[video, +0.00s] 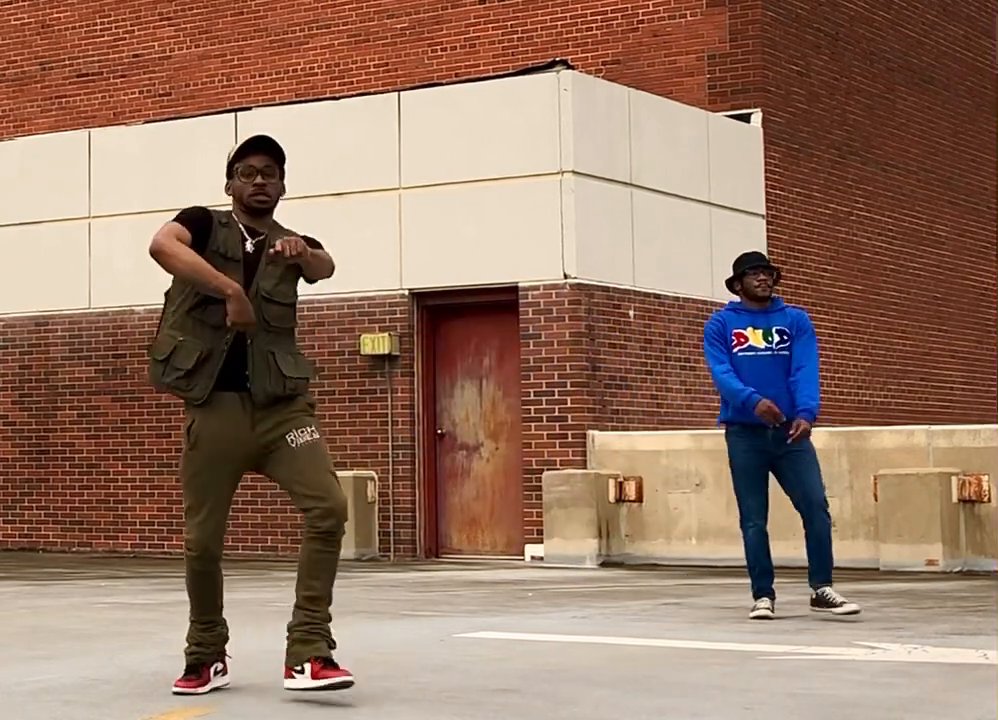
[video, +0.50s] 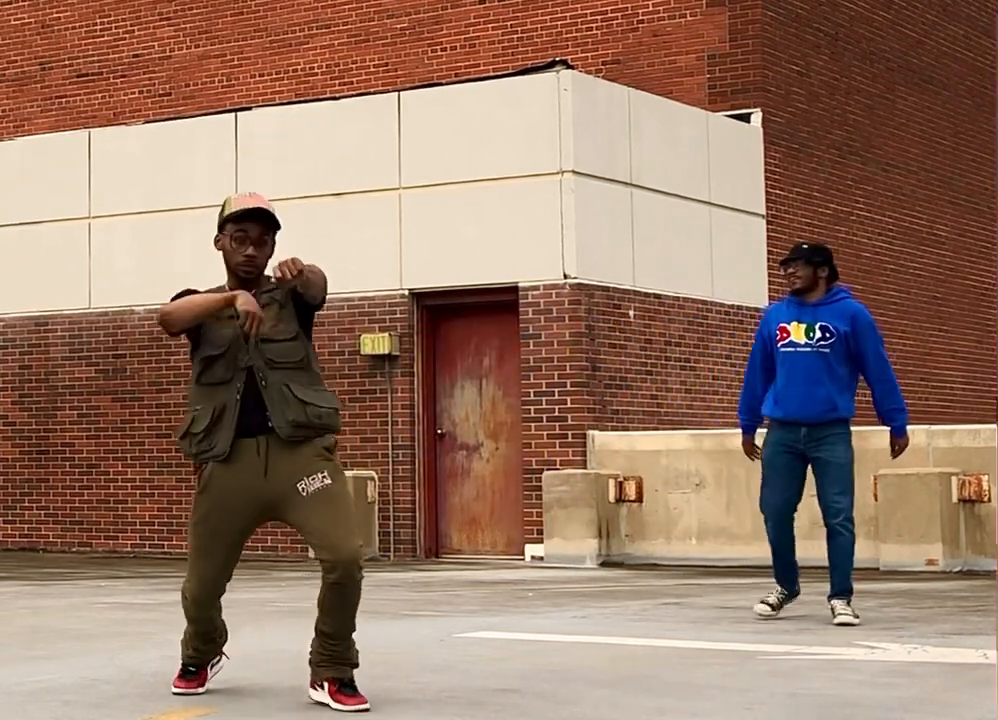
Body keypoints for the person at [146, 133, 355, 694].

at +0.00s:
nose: (259, 182)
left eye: (269, 174)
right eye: (248, 173)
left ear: (282, 185)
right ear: (230, 182)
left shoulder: (290, 242)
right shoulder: (203, 222)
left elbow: (324, 268)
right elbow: (162, 245)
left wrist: (299, 253)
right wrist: (232, 289)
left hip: (284, 410)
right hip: (216, 412)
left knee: (328, 510)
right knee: (202, 545)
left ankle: (308, 652)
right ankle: (206, 656)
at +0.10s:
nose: (260, 191)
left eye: (270, 182)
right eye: (248, 183)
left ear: (284, 191)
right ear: (231, 193)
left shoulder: (294, 251)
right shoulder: (209, 234)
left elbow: (334, 274)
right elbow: (170, 253)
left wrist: (310, 265)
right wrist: (235, 301)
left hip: (285, 421)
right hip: (219, 421)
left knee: (312, 538)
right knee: (203, 554)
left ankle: (331, 670)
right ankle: (198, 653)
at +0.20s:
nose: (259, 194)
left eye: (269, 186)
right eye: (247, 184)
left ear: (282, 195)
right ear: (228, 190)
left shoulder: (286, 253)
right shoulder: (200, 236)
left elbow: (324, 270)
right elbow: (170, 265)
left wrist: (310, 266)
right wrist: (244, 301)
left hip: (290, 421)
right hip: (219, 424)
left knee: (330, 526)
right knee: (202, 555)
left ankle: (332, 669)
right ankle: (198, 652)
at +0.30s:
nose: (252, 209)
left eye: (263, 201)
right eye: (242, 197)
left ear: (273, 210)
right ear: (222, 200)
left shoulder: (277, 260)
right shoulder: (192, 251)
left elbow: (314, 263)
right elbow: (169, 278)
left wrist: (302, 263)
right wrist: (243, 291)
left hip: (295, 424)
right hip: (222, 430)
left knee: (340, 525)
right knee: (197, 558)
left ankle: (329, 668)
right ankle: (194, 653)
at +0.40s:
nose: (249, 231)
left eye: (259, 222)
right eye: (239, 220)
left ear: (271, 229)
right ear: (219, 225)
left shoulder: (288, 281)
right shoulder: (197, 280)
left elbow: (315, 280)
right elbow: (166, 297)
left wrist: (301, 263)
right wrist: (236, 286)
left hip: (298, 441)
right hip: (224, 448)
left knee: (343, 537)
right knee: (194, 579)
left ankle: (327, 663)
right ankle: (201, 647)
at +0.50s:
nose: (251, 248)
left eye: (261, 239)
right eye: (240, 238)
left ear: (272, 246)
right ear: (220, 244)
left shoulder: (291, 294)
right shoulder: (203, 301)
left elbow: (318, 285)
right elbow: (168, 318)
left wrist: (300, 271)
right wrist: (229, 297)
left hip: (302, 454)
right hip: (228, 460)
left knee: (345, 559)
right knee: (199, 589)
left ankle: (332, 672)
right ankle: (201, 652)